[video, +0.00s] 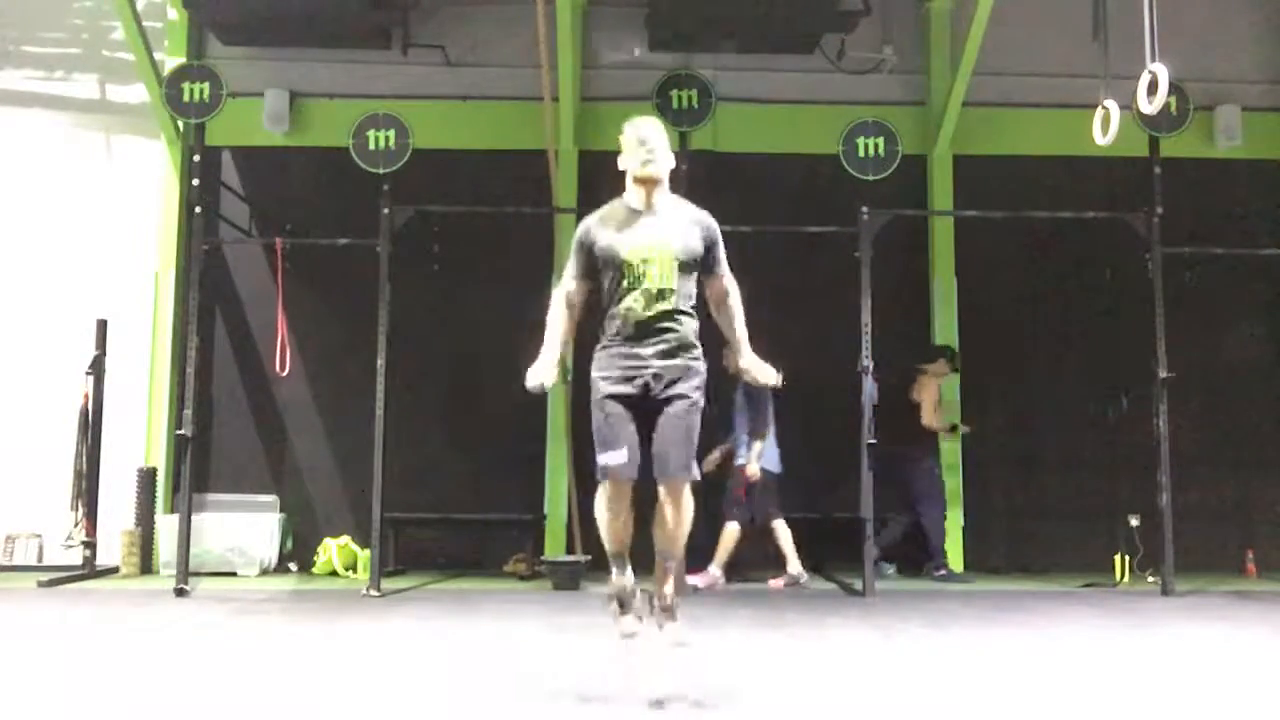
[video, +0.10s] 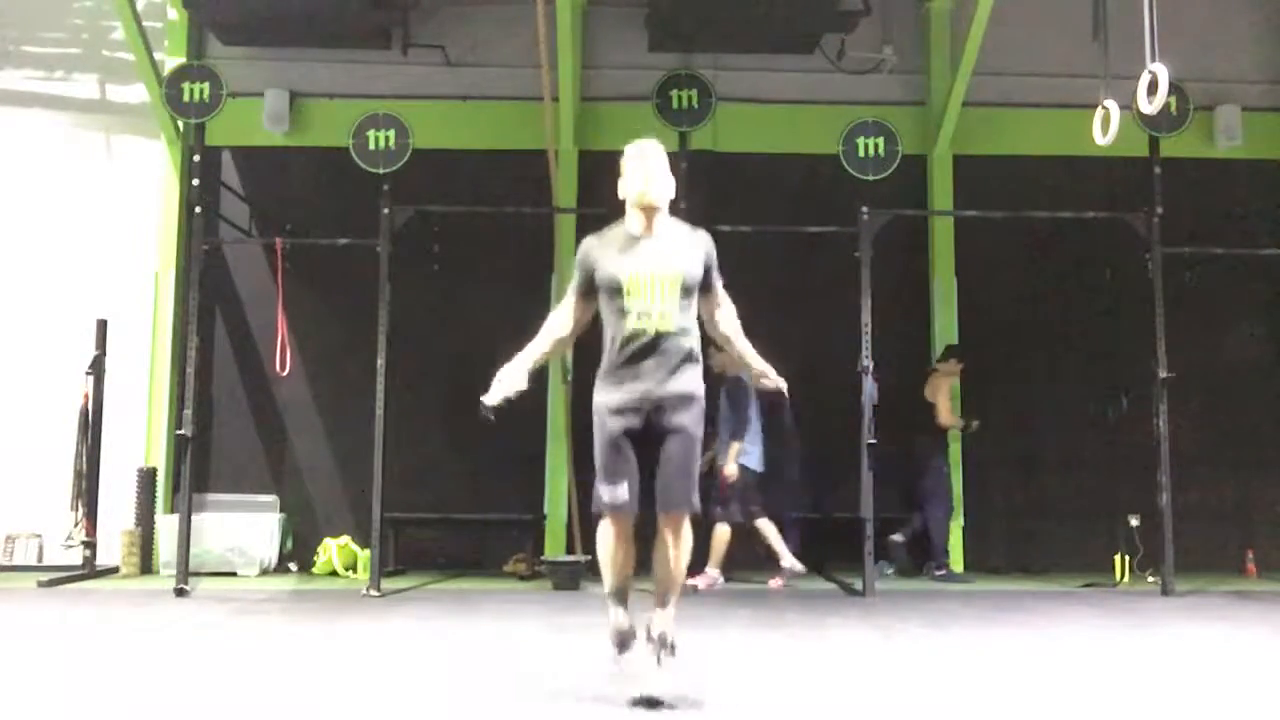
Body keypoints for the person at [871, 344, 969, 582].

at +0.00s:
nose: (946, 375)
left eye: (948, 370)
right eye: (947, 369)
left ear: (928, 362)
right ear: (940, 363)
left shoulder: (903, 379)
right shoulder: (929, 383)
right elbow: (928, 420)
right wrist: (952, 427)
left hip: (894, 451)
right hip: (918, 453)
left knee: (906, 507)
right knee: (931, 506)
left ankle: (877, 552)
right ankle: (938, 563)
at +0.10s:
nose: (961, 369)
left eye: (961, 365)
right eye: (960, 365)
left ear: (942, 361)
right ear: (954, 363)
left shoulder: (932, 380)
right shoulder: (943, 382)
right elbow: (944, 418)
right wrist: (964, 424)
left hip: (924, 446)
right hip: (934, 449)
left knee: (934, 501)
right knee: (939, 502)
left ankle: (903, 535)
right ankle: (939, 562)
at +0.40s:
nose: (989, 373)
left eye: (990, 368)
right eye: (989, 368)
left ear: (969, 363)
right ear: (982, 365)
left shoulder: (949, 382)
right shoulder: (976, 381)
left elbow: (947, 421)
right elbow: (981, 421)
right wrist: (997, 423)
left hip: (952, 450)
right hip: (968, 452)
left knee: (981, 502)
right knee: (959, 505)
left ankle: (989, 558)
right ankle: (942, 563)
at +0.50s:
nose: (1001, 374)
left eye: (1001, 369)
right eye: (1000, 369)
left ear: (979, 367)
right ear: (993, 367)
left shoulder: (963, 385)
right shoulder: (988, 384)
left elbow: (964, 422)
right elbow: (993, 423)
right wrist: (1009, 425)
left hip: (964, 451)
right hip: (979, 452)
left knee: (993, 504)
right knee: (971, 507)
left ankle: (1001, 560)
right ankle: (944, 562)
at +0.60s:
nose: (1014, 372)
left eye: (1014, 367)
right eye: (1012, 367)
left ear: (993, 367)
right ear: (1004, 367)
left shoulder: (982, 385)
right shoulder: (1000, 384)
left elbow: (982, 420)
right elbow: (1003, 422)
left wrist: (1014, 421)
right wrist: (1020, 425)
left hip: (976, 451)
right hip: (992, 453)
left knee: (994, 507)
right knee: (989, 508)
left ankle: (1002, 559)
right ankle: (958, 555)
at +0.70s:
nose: (1025, 371)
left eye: (1024, 367)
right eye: (1022, 367)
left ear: (1005, 368)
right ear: (1014, 368)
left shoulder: (994, 386)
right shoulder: (1012, 386)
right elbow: (1015, 421)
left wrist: (1024, 421)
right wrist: (1031, 423)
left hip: (990, 451)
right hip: (1005, 453)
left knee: (998, 506)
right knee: (1013, 509)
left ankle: (1007, 559)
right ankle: (982, 547)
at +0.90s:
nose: (1047, 377)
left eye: (1047, 373)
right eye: (1046, 372)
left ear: (1027, 368)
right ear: (1042, 369)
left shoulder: (1015, 384)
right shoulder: (1034, 383)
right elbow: (1036, 421)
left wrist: (1047, 423)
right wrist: (1053, 425)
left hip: (1006, 450)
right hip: (1023, 451)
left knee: (1011, 504)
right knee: (1037, 499)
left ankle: (1008, 557)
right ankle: (1030, 553)